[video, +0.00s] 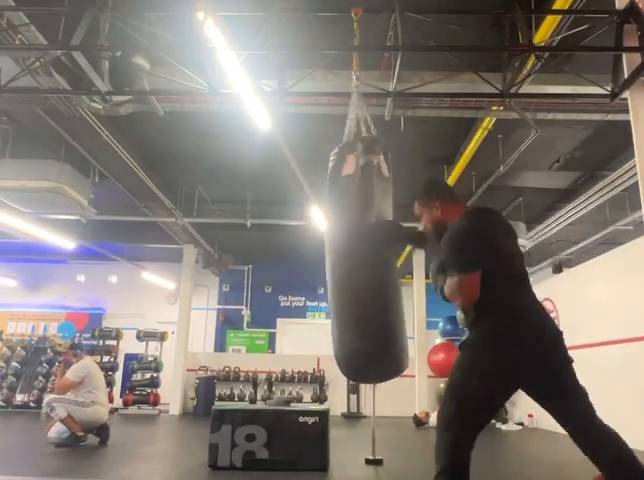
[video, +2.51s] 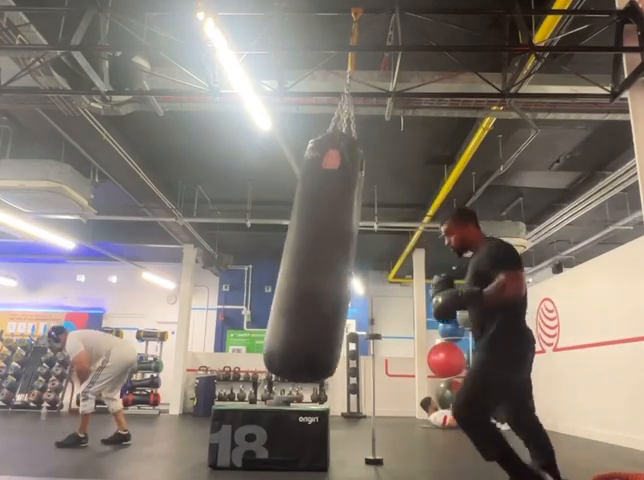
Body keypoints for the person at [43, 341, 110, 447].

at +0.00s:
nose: (64, 358)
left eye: (66, 354)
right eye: (63, 355)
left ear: (75, 353)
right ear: (78, 353)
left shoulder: (83, 365)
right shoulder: (89, 363)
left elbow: (59, 389)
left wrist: (62, 368)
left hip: (94, 410)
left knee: (50, 402)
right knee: (53, 435)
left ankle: (79, 434)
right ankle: (95, 429)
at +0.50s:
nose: (63, 355)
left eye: (65, 351)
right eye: (63, 351)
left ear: (74, 352)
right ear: (78, 352)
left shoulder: (80, 365)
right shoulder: (88, 363)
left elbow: (58, 389)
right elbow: (71, 400)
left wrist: (59, 371)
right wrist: (50, 425)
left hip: (92, 410)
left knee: (49, 402)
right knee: (56, 434)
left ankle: (78, 434)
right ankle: (96, 429)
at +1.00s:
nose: (51, 365)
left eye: (51, 361)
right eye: (50, 362)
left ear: (57, 357)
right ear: (64, 356)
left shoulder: (66, 366)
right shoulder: (73, 365)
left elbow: (56, 391)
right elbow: (60, 406)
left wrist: (38, 388)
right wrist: (47, 434)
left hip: (90, 407)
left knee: (46, 404)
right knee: (57, 436)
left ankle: (78, 433)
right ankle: (95, 428)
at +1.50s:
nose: (43, 368)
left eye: (42, 364)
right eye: (41, 365)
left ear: (44, 358)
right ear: (55, 354)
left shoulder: (55, 364)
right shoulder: (67, 363)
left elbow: (53, 391)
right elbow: (61, 403)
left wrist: (35, 396)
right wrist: (47, 434)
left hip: (87, 403)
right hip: (97, 403)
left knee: (42, 405)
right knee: (59, 433)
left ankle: (77, 432)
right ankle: (98, 426)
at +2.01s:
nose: (45, 373)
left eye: (43, 369)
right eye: (42, 371)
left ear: (48, 362)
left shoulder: (62, 356)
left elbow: (74, 374)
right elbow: (60, 403)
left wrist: (63, 385)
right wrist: (47, 434)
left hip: (111, 370)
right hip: (119, 372)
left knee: (69, 394)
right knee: (88, 404)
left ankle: (79, 435)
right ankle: (118, 428)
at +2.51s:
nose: (59, 349)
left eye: (57, 346)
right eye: (55, 348)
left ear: (60, 337)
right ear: (64, 333)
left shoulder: (71, 340)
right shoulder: (78, 335)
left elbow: (82, 366)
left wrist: (84, 386)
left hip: (116, 356)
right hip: (129, 353)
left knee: (87, 393)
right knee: (110, 394)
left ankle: (81, 434)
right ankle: (123, 431)